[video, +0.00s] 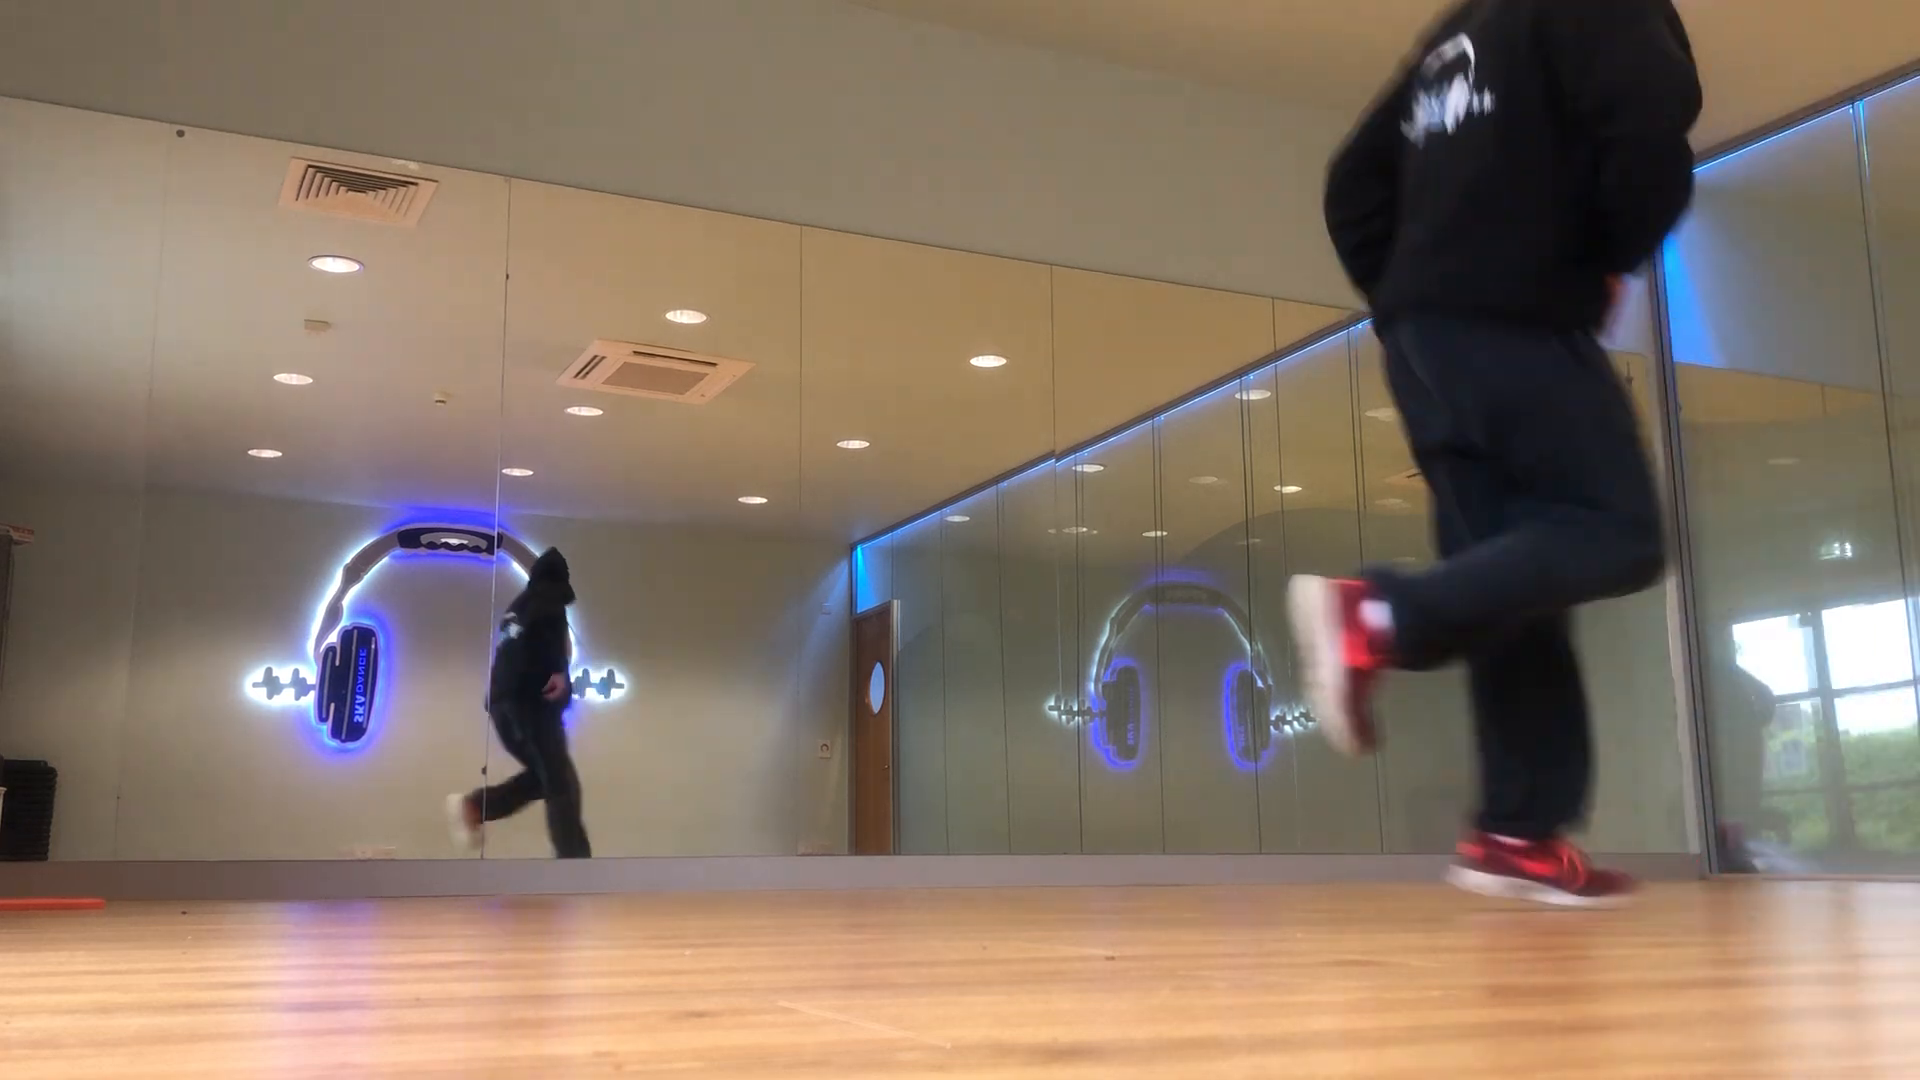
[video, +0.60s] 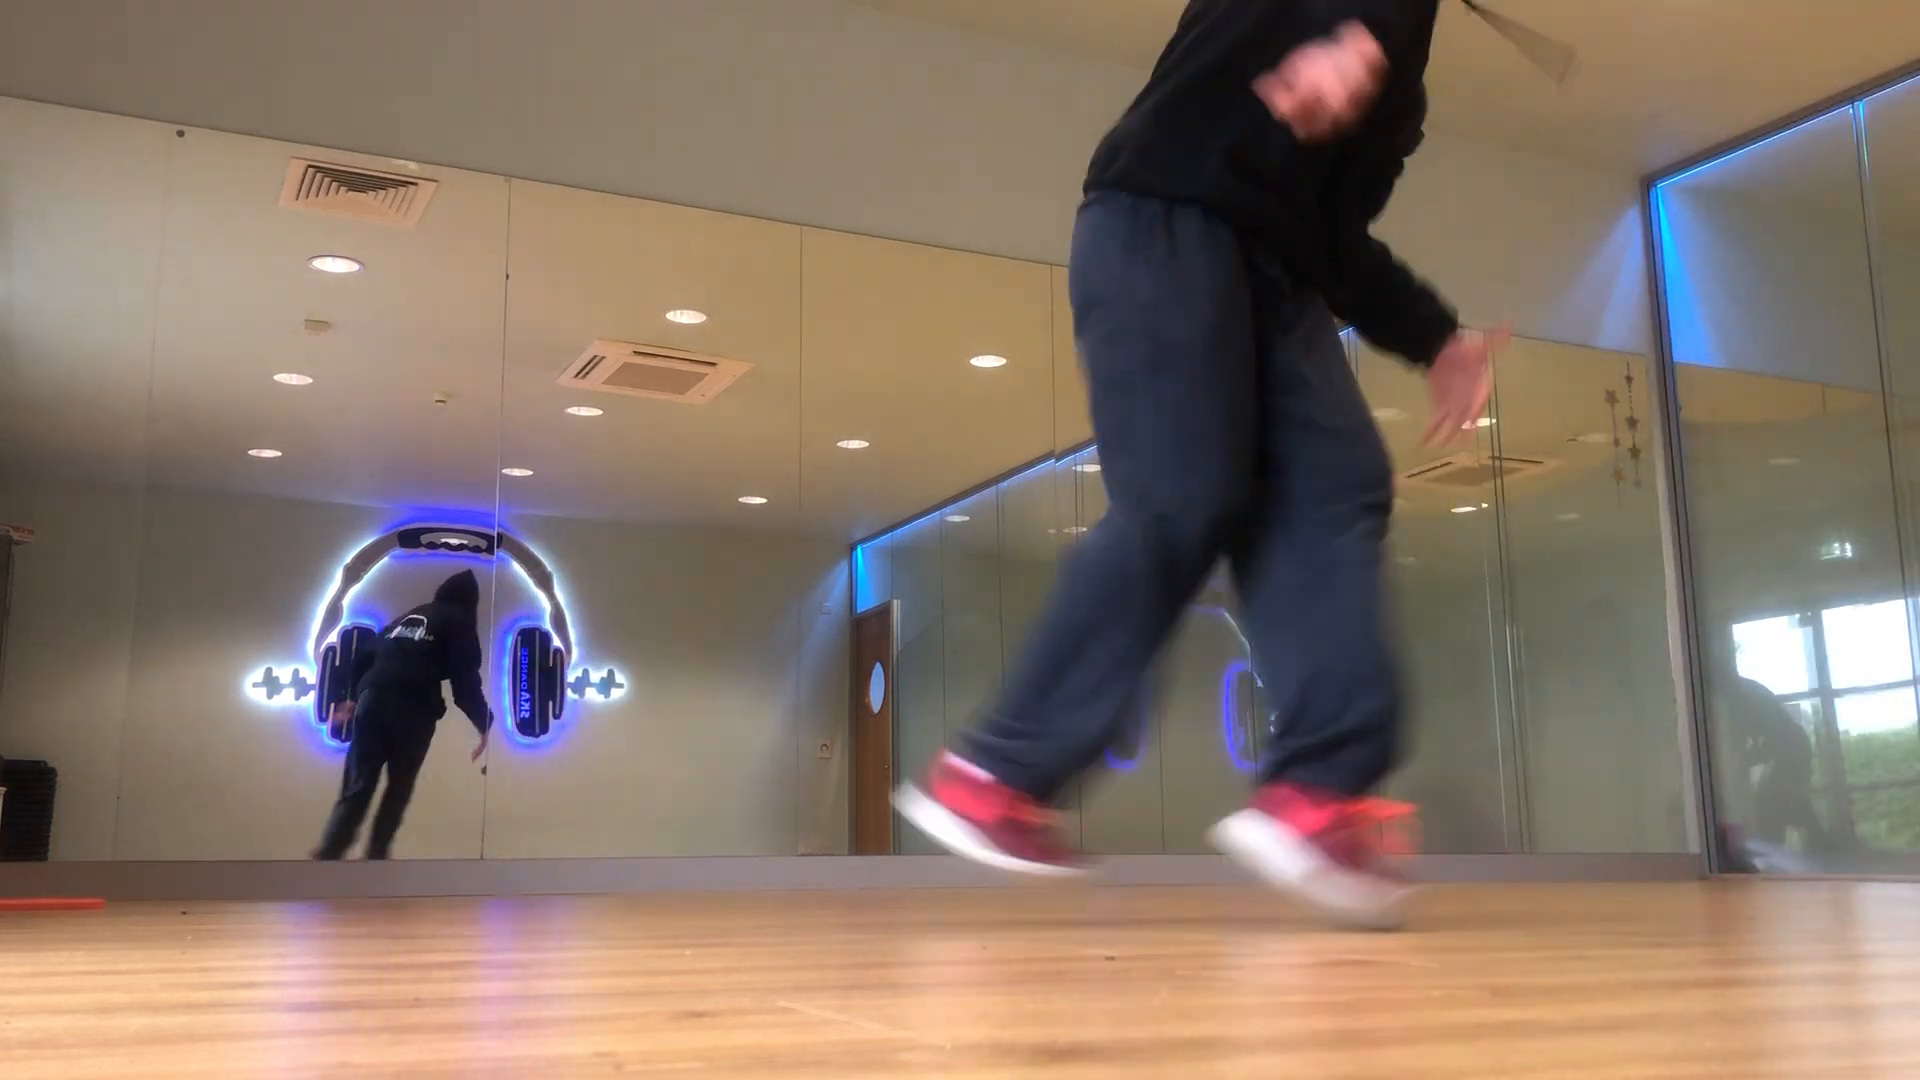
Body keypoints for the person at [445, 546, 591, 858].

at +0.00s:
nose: (567, 592)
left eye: (564, 587)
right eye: (565, 585)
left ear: (535, 577)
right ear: (561, 580)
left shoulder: (517, 608)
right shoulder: (549, 603)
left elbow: (507, 660)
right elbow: (552, 640)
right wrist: (560, 671)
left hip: (503, 706)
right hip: (531, 704)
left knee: (543, 775)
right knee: (562, 783)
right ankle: (577, 867)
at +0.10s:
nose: (550, 581)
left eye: (548, 574)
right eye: (547, 574)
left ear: (517, 570)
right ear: (538, 573)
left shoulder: (506, 600)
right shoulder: (524, 604)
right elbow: (528, 653)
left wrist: (554, 658)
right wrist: (557, 655)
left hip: (491, 703)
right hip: (514, 706)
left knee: (495, 784)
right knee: (531, 784)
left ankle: (415, 833)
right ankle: (510, 859)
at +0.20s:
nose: (530, 597)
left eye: (529, 591)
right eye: (528, 591)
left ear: (502, 586)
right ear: (518, 589)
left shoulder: (493, 618)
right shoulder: (493, 616)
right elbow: (493, 667)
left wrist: (523, 680)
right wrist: (526, 666)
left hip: (473, 708)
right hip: (476, 709)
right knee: (496, 789)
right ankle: (485, 870)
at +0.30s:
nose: (509, 623)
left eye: (511, 616)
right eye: (509, 616)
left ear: (483, 602)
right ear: (500, 609)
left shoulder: (458, 627)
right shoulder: (477, 630)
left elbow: (452, 680)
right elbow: (471, 675)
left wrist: (480, 705)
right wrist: (485, 703)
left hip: (417, 727)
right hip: (445, 726)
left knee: (433, 805)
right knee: (494, 785)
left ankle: (383, 869)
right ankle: (490, 868)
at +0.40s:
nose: (495, 629)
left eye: (497, 622)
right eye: (495, 620)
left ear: (468, 608)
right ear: (486, 613)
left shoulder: (437, 631)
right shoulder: (467, 637)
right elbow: (456, 693)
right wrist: (462, 718)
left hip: (389, 726)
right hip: (424, 726)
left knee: (411, 806)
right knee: (480, 777)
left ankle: (373, 870)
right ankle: (464, 852)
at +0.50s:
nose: (489, 618)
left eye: (489, 611)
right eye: (488, 611)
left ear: (459, 599)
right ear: (483, 606)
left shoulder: (429, 618)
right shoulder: (465, 627)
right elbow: (452, 683)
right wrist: (472, 717)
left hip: (379, 709)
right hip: (420, 713)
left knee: (382, 794)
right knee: (436, 792)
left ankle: (365, 867)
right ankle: (422, 862)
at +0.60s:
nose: (475, 608)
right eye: (474, 602)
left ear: (441, 591)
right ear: (470, 599)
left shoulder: (411, 615)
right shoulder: (460, 621)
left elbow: (366, 652)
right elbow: (464, 681)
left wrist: (351, 697)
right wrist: (483, 723)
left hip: (372, 702)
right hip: (415, 710)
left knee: (358, 784)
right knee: (399, 787)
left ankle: (327, 854)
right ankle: (376, 857)